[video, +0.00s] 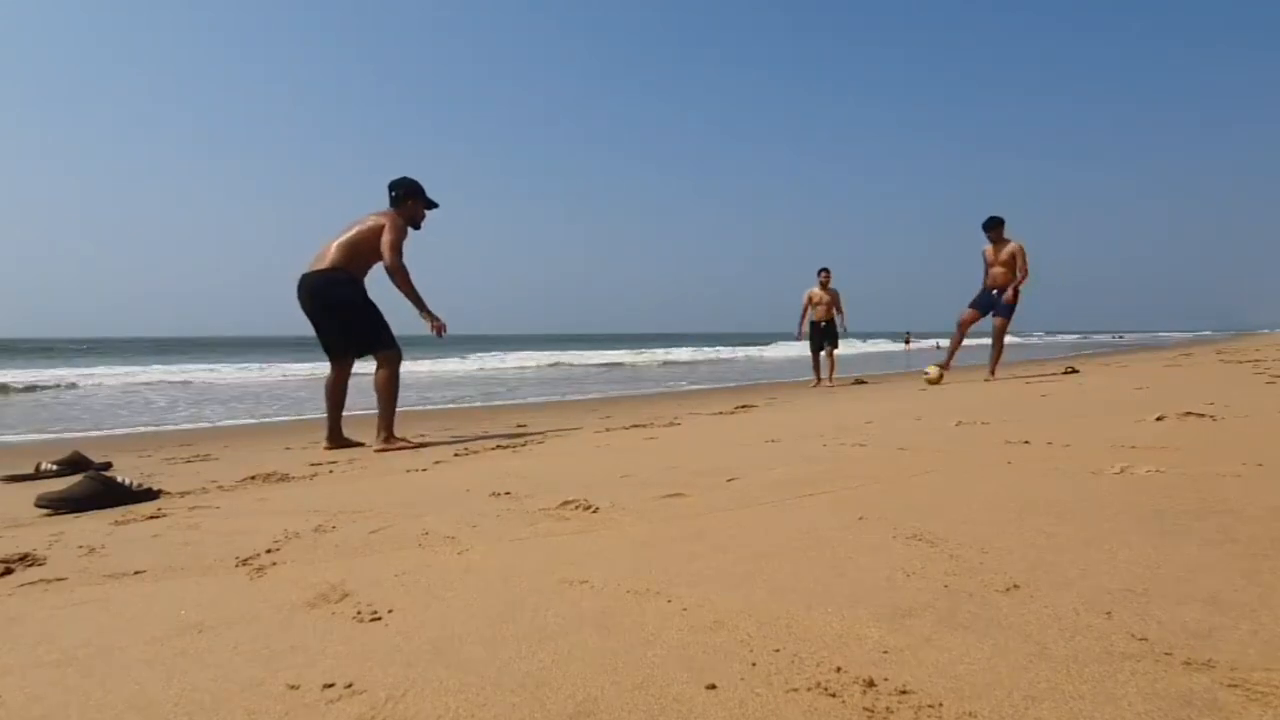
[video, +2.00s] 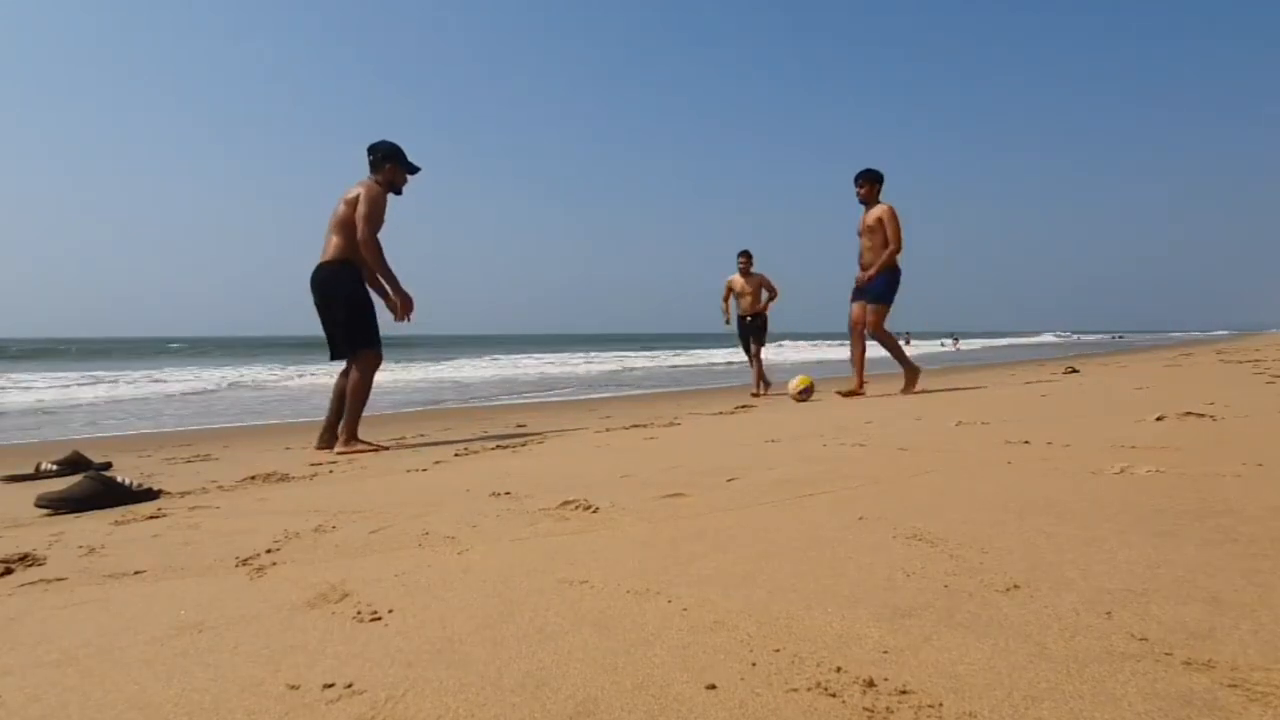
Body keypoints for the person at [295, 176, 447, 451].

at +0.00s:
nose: (424, 214)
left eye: (425, 208)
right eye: (422, 207)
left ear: (400, 203)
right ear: (407, 203)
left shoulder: (373, 221)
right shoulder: (393, 222)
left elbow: (348, 264)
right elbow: (393, 265)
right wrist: (426, 312)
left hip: (311, 284)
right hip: (339, 284)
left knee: (341, 362)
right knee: (389, 357)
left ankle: (334, 435)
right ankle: (385, 435)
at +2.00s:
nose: (406, 179)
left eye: (406, 173)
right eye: (403, 172)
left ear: (379, 169)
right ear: (387, 168)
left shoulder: (358, 193)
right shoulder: (372, 191)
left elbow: (361, 260)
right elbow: (365, 239)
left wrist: (387, 298)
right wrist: (397, 289)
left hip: (330, 276)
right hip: (342, 276)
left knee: (358, 359)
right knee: (369, 356)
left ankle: (328, 436)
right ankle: (348, 437)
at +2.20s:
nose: (412, 175)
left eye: (412, 169)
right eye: (408, 168)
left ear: (387, 167)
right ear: (392, 165)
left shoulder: (367, 193)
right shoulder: (380, 192)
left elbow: (368, 256)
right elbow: (375, 242)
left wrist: (393, 295)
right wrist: (405, 290)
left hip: (344, 276)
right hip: (350, 275)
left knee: (375, 357)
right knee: (378, 357)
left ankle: (358, 431)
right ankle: (351, 435)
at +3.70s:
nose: (437, 193)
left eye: (437, 188)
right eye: (433, 188)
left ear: (415, 189)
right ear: (417, 188)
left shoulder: (402, 214)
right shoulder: (409, 215)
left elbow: (399, 263)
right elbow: (405, 262)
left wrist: (421, 300)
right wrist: (426, 300)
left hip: (389, 287)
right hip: (393, 289)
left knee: (405, 358)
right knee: (403, 359)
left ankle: (382, 422)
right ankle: (365, 421)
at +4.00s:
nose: (455, 225)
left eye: (455, 220)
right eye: (451, 220)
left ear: (432, 221)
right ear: (436, 220)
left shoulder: (418, 243)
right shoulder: (433, 242)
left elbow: (422, 298)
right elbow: (429, 285)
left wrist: (449, 326)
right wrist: (448, 325)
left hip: (390, 311)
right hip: (403, 313)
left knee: (426, 372)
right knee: (439, 375)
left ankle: (397, 425)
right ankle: (384, 414)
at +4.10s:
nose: (465, 228)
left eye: (465, 223)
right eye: (461, 222)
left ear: (441, 222)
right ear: (445, 221)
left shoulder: (424, 244)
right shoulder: (439, 245)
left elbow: (427, 297)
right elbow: (432, 286)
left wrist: (451, 330)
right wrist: (448, 329)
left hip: (392, 311)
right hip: (407, 312)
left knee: (427, 368)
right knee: (457, 367)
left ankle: (398, 424)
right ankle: (413, 415)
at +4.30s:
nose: (487, 204)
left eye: (486, 199)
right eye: (482, 198)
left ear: (462, 198)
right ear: (465, 197)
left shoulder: (444, 220)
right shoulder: (454, 222)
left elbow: (442, 273)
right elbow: (444, 270)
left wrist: (461, 314)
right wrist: (458, 312)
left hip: (413, 295)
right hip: (428, 296)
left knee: (428, 359)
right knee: (469, 359)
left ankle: (406, 418)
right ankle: (448, 426)